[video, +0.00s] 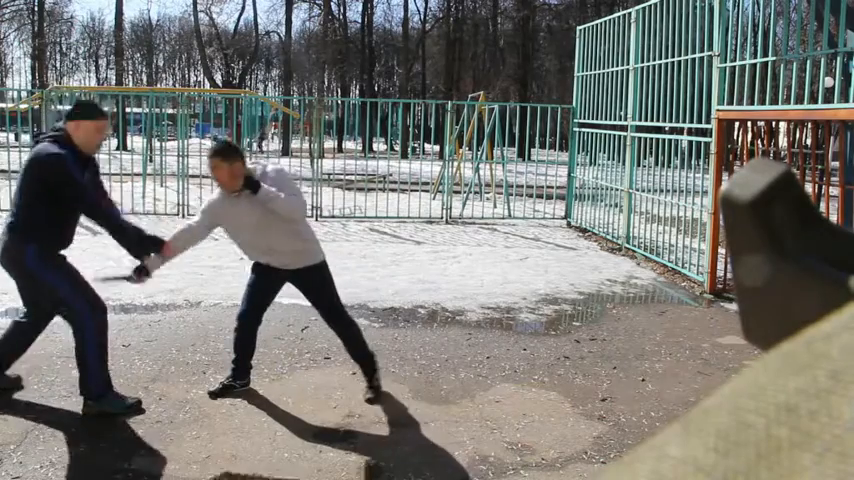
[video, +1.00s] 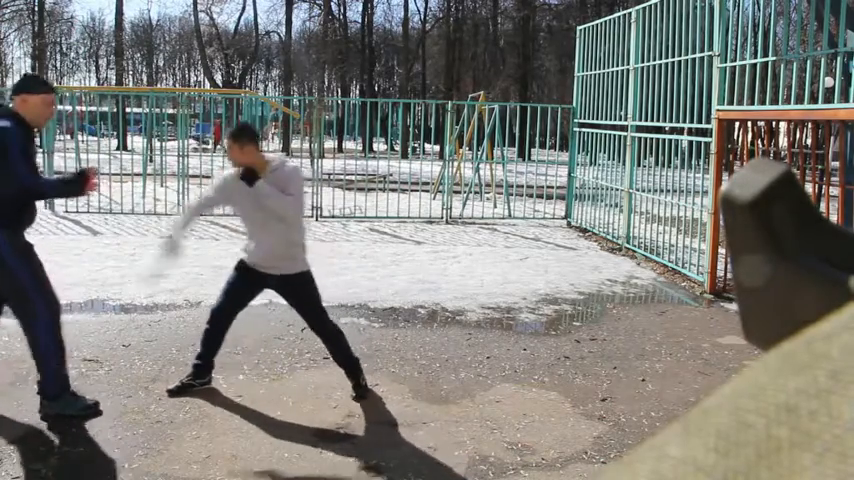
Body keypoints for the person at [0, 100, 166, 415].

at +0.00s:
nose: (103, 138)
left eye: (105, 131)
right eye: (98, 131)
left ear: (82, 130)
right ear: (75, 127)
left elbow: (105, 212)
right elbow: (98, 211)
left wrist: (143, 249)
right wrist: (151, 244)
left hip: (36, 253)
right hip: (28, 254)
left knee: (39, 312)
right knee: (90, 312)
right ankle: (98, 396)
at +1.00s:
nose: (53, 111)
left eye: (53, 103)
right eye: (49, 103)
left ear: (26, 101)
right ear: (25, 100)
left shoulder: (17, 131)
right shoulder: (10, 132)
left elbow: (28, 185)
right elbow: (27, 186)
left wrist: (73, 184)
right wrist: (75, 185)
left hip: (11, 239)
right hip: (7, 241)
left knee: (41, 310)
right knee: (42, 309)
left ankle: (56, 394)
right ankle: (56, 396)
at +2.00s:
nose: (25, 109)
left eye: (25, 101)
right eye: (20, 101)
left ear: (8, 103)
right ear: (1, 103)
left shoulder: (4, 138)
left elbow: (7, 188)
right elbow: (6, 190)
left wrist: (34, 182)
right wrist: (38, 182)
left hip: (11, 244)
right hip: (7, 246)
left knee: (4, 307)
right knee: (46, 306)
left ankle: (53, 389)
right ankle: (53, 391)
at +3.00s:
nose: (104, 106)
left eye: (103, 100)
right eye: (96, 101)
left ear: (100, 103)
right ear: (75, 105)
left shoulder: (100, 131)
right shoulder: (63, 133)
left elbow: (143, 139)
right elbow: (108, 136)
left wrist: (140, 101)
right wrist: (128, 97)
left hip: (90, 235)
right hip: (64, 236)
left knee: (117, 296)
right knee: (101, 305)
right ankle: (98, 376)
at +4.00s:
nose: (150, 124)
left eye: (152, 118)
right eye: (149, 119)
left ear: (171, 115)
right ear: (174, 116)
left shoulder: (180, 137)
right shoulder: (186, 132)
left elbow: (134, 177)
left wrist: (141, 151)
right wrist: (151, 149)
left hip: (201, 235)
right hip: (186, 231)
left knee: (167, 286)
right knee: (172, 288)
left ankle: (161, 356)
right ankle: (200, 350)